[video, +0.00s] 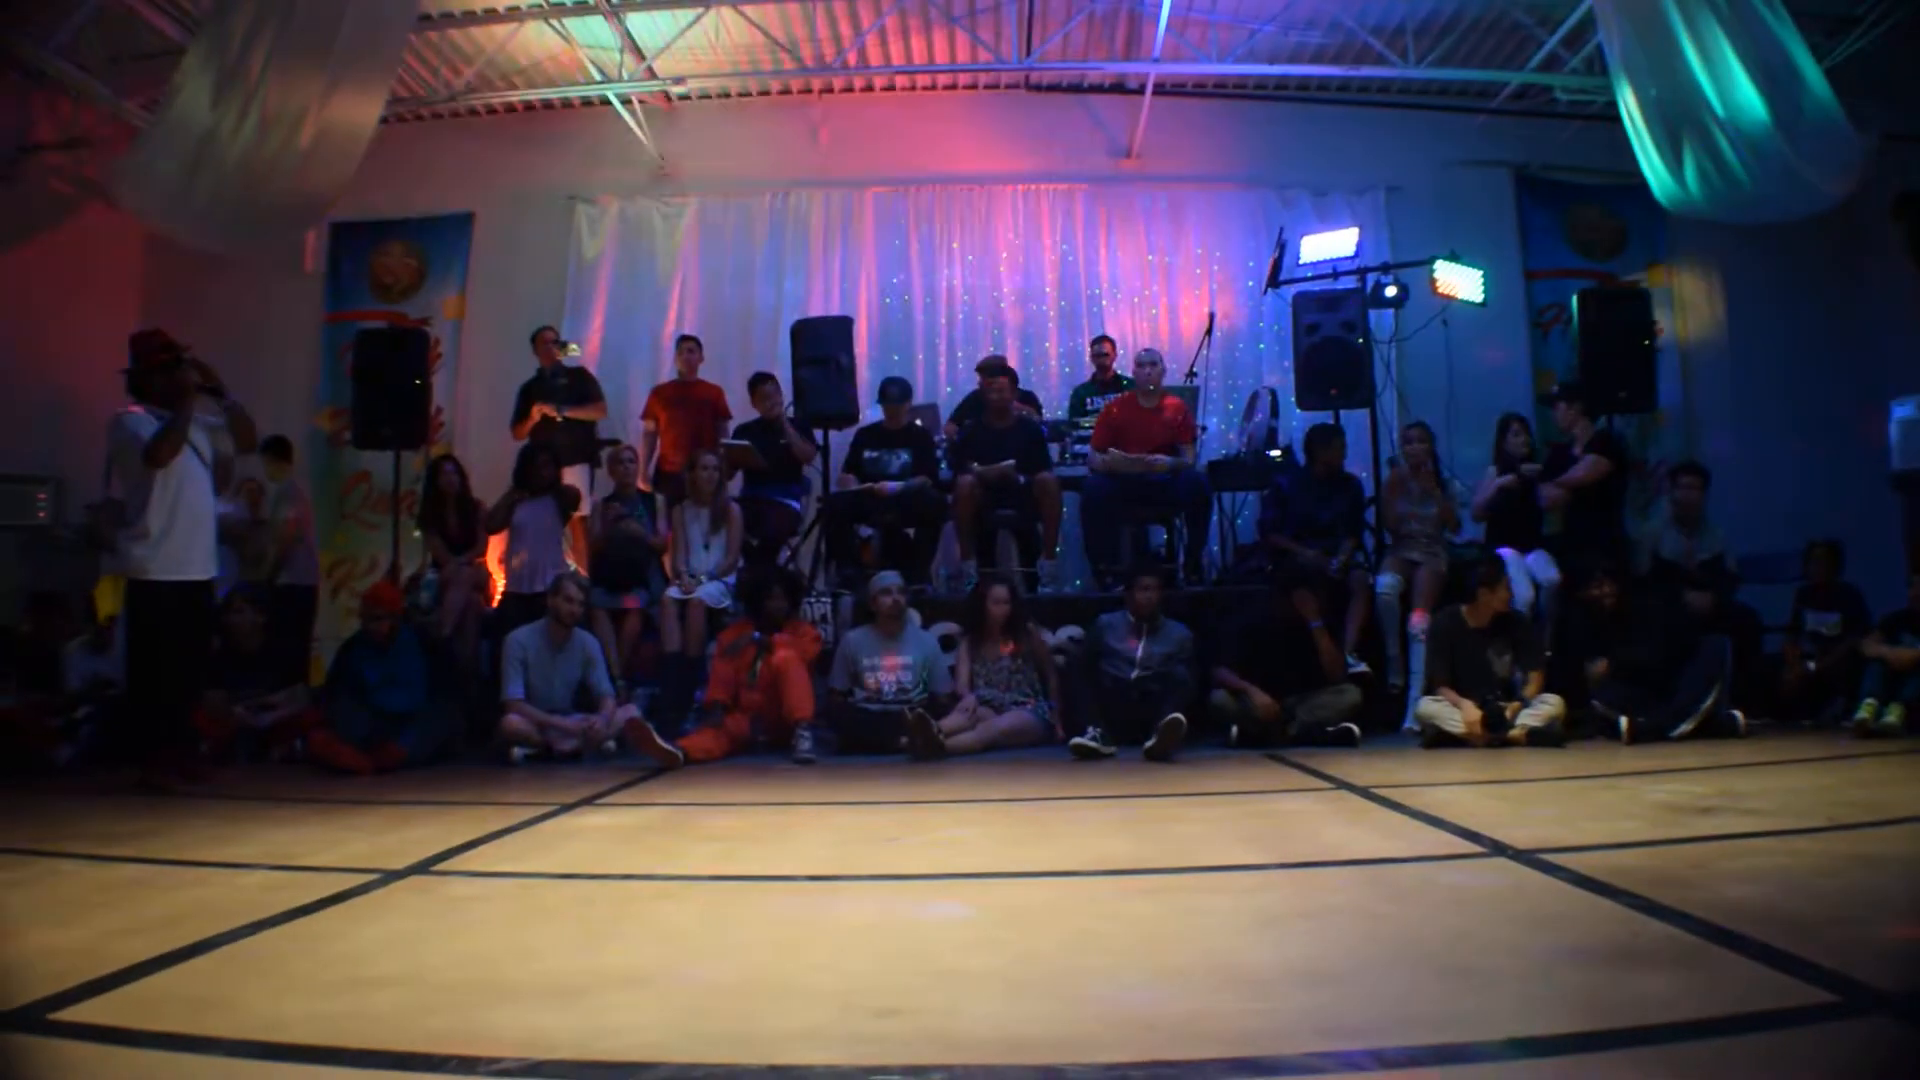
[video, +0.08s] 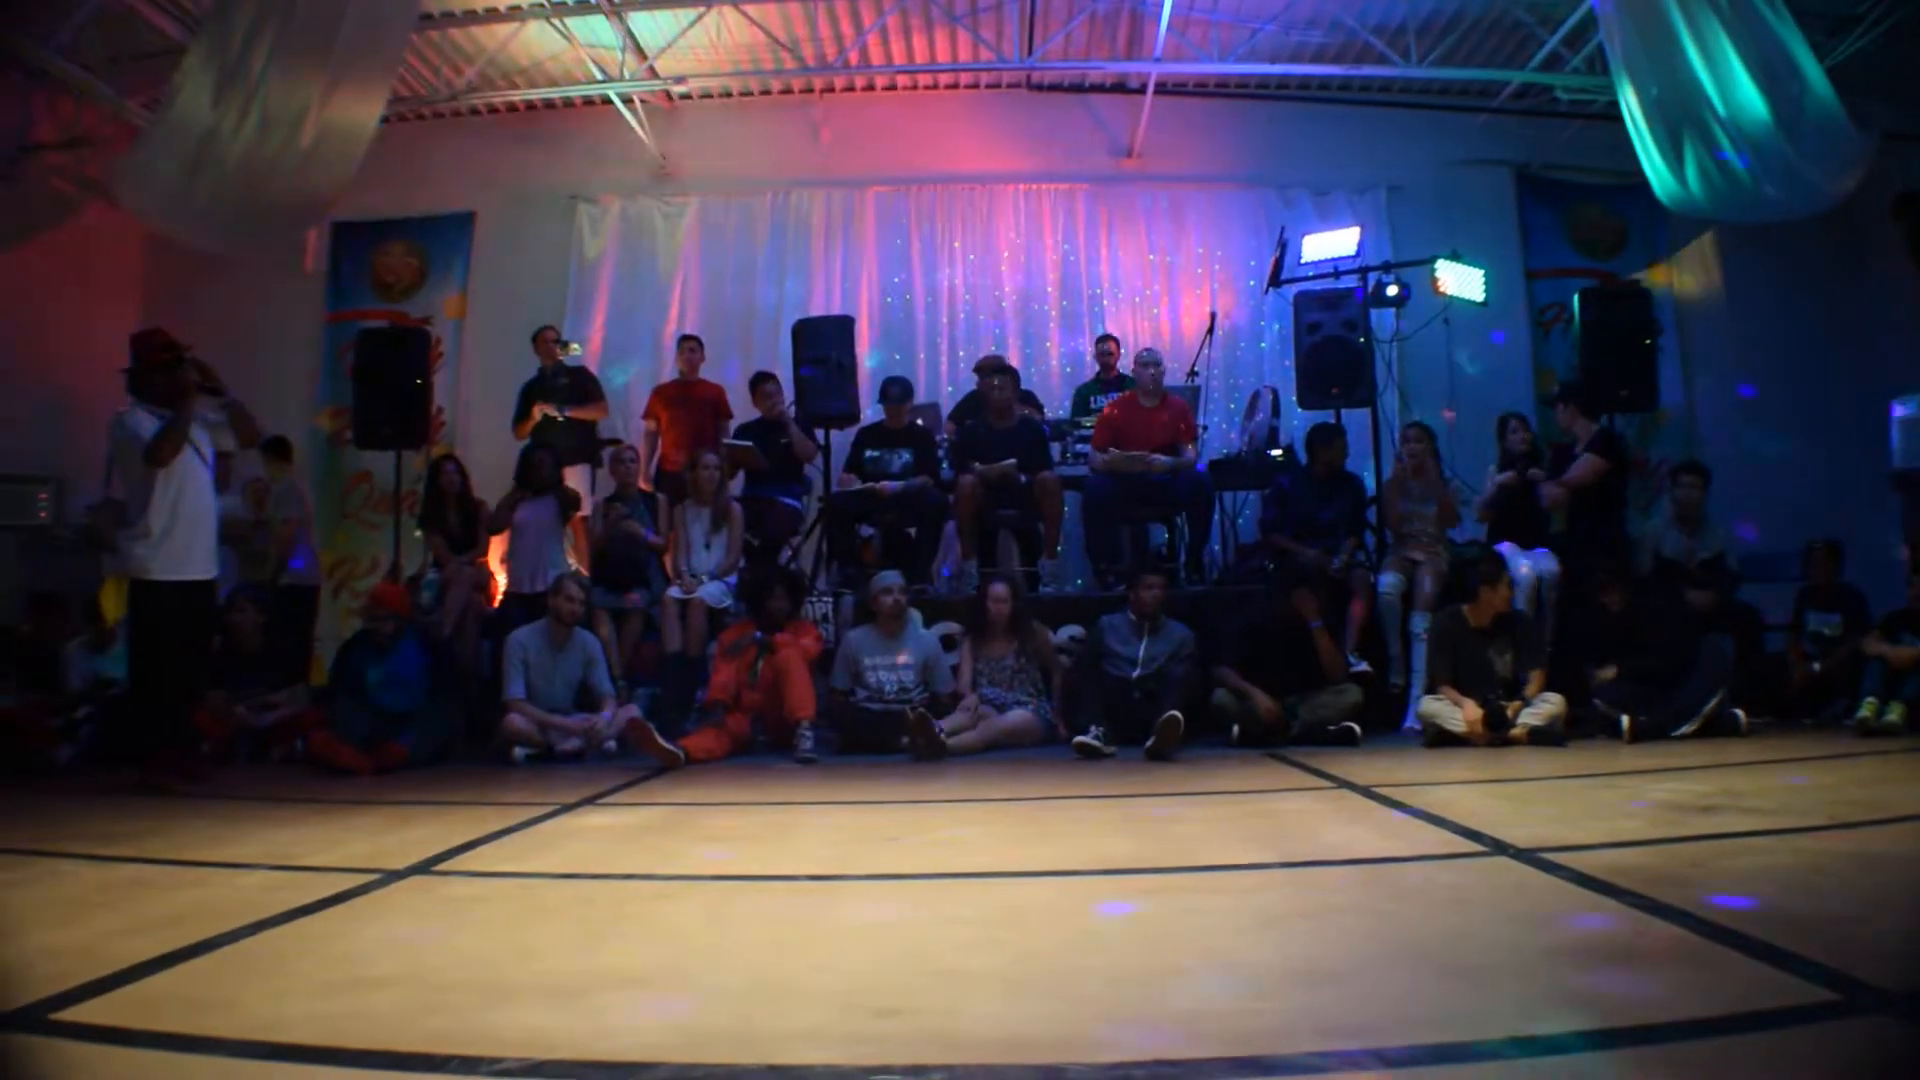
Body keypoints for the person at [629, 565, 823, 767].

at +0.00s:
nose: (777, 606)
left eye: (783, 599)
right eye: (771, 598)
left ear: (793, 603)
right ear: (757, 601)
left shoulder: (803, 631)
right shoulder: (736, 635)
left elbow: (805, 653)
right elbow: (722, 676)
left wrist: (767, 641)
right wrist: (716, 708)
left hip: (782, 713)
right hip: (745, 717)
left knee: (786, 658)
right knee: (718, 736)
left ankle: (803, 732)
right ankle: (679, 751)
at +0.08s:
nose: (779, 606)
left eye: (785, 599)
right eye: (772, 598)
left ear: (795, 602)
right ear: (758, 601)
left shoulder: (803, 629)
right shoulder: (737, 635)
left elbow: (808, 651)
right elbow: (724, 674)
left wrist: (770, 641)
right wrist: (717, 705)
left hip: (783, 714)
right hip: (745, 717)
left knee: (789, 655)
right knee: (720, 735)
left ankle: (804, 731)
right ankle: (680, 751)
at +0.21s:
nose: (777, 606)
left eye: (783, 600)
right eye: (770, 599)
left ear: (793, 603)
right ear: (757, 601)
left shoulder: (803, 631)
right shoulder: (736, 635)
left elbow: (806, 652)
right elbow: (722, 674)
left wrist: (766, 641)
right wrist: (716, 707)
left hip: (783, 714)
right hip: (745, 717)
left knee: (787, 656)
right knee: (720, 735)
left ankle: (803, 733)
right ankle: (678, 751)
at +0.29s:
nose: (775, 607)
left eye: (781, 601)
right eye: (769, 600)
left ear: (792, 604)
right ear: (755, 602)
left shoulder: (801, 632)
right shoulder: (733, 637)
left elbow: (808, 653)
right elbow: (720, 683)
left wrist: (769, 642)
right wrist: (715, 709)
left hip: (782, 714)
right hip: (744, 718)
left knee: (786, 657)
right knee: (720, 734)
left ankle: (802, 733)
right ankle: (678, 752)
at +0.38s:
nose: (775, 607)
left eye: (781, 601)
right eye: (769, 600)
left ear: (792, 604)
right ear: (756, 601)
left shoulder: (801, 632)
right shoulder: (734, 636)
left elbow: (806, 653)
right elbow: (720, 680)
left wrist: (768, 642)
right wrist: (715, 708)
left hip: (782, 714)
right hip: (743, 718)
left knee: (786, 657)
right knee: (719, 736)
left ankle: (802, 733)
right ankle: (678, 752)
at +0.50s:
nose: (773, 609)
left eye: (780, 603)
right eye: (768, 602)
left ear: (791, 606)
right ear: (755, 603)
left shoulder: (802, 633)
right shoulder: (734, 636)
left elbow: (801, 655)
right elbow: (720, 674)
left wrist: (765, 649)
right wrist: (715, 708)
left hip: (781, 715)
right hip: (742, 719)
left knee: (784, 657)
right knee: (716, 737)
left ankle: (801, 734)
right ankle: (677, 752)